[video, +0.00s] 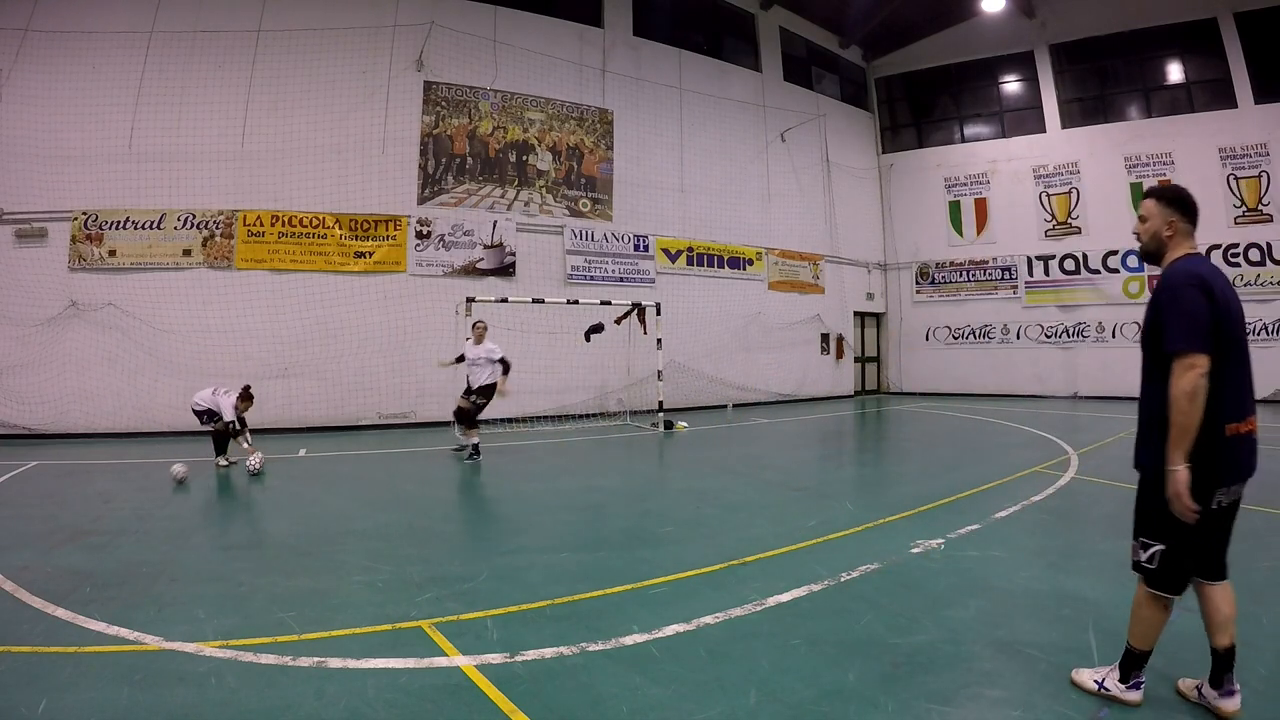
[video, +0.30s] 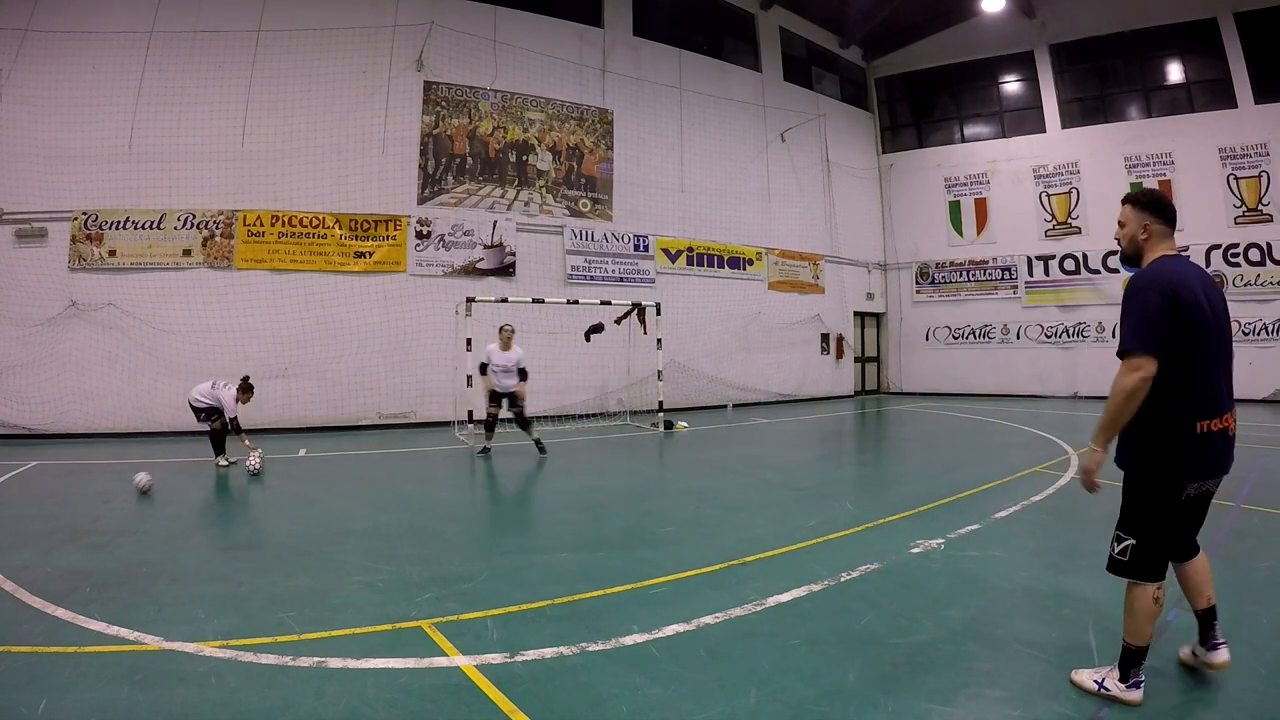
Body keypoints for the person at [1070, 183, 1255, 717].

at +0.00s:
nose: (1135, 229)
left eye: (1143, 220)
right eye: (1136, 220)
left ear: (1171, 225)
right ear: (1177, 227)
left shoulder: (1182, 283)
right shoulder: (1207, 277)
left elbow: (1192, 373)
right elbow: (1211, 373)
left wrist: (1176, 461)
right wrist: (1182, 455)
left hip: (1184, 462)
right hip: (1220, 459)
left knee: (1157, 576)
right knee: (1210, 570)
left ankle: (1127, 677)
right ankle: (1223, 685)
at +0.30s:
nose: (1116, 236)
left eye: (1122, 226)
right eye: (1118, 226)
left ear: (1147, 229)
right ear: (1165, 229)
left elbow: (1139, 372)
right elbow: (1213, 361)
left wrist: (1097, 445)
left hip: (1164, 450)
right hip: (1211, 444)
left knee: (1143, 563)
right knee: (1182, 541)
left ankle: (1128, 676)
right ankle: (1210, 643)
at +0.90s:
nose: (1146, 238)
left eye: (1152, 231)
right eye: (1149, 230)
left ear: (1174, 238)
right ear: (1184, 239)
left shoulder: (1186, 292)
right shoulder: (1205, 285)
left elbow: (1197, 372)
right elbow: (1208, 370)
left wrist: (1179, 447)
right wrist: (1184, 438)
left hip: (1186, 448)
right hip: (1214, 445)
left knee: (1160, 556)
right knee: (1201, 544)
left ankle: (1140, 669)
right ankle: (1187, 637)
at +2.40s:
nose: (1144, 233)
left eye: (1151, 225)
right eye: (1146, 225)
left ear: (1174, 234)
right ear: (1180, 235)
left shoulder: (1183, 285)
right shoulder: (1198, 282)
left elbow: (1190, 366)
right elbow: (1202, 367)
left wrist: (1160, 442)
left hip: (1186, 447)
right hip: (1209, 443)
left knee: (1168, 558)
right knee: (1198, 546)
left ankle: (1151, 670)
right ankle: (1187, 638)